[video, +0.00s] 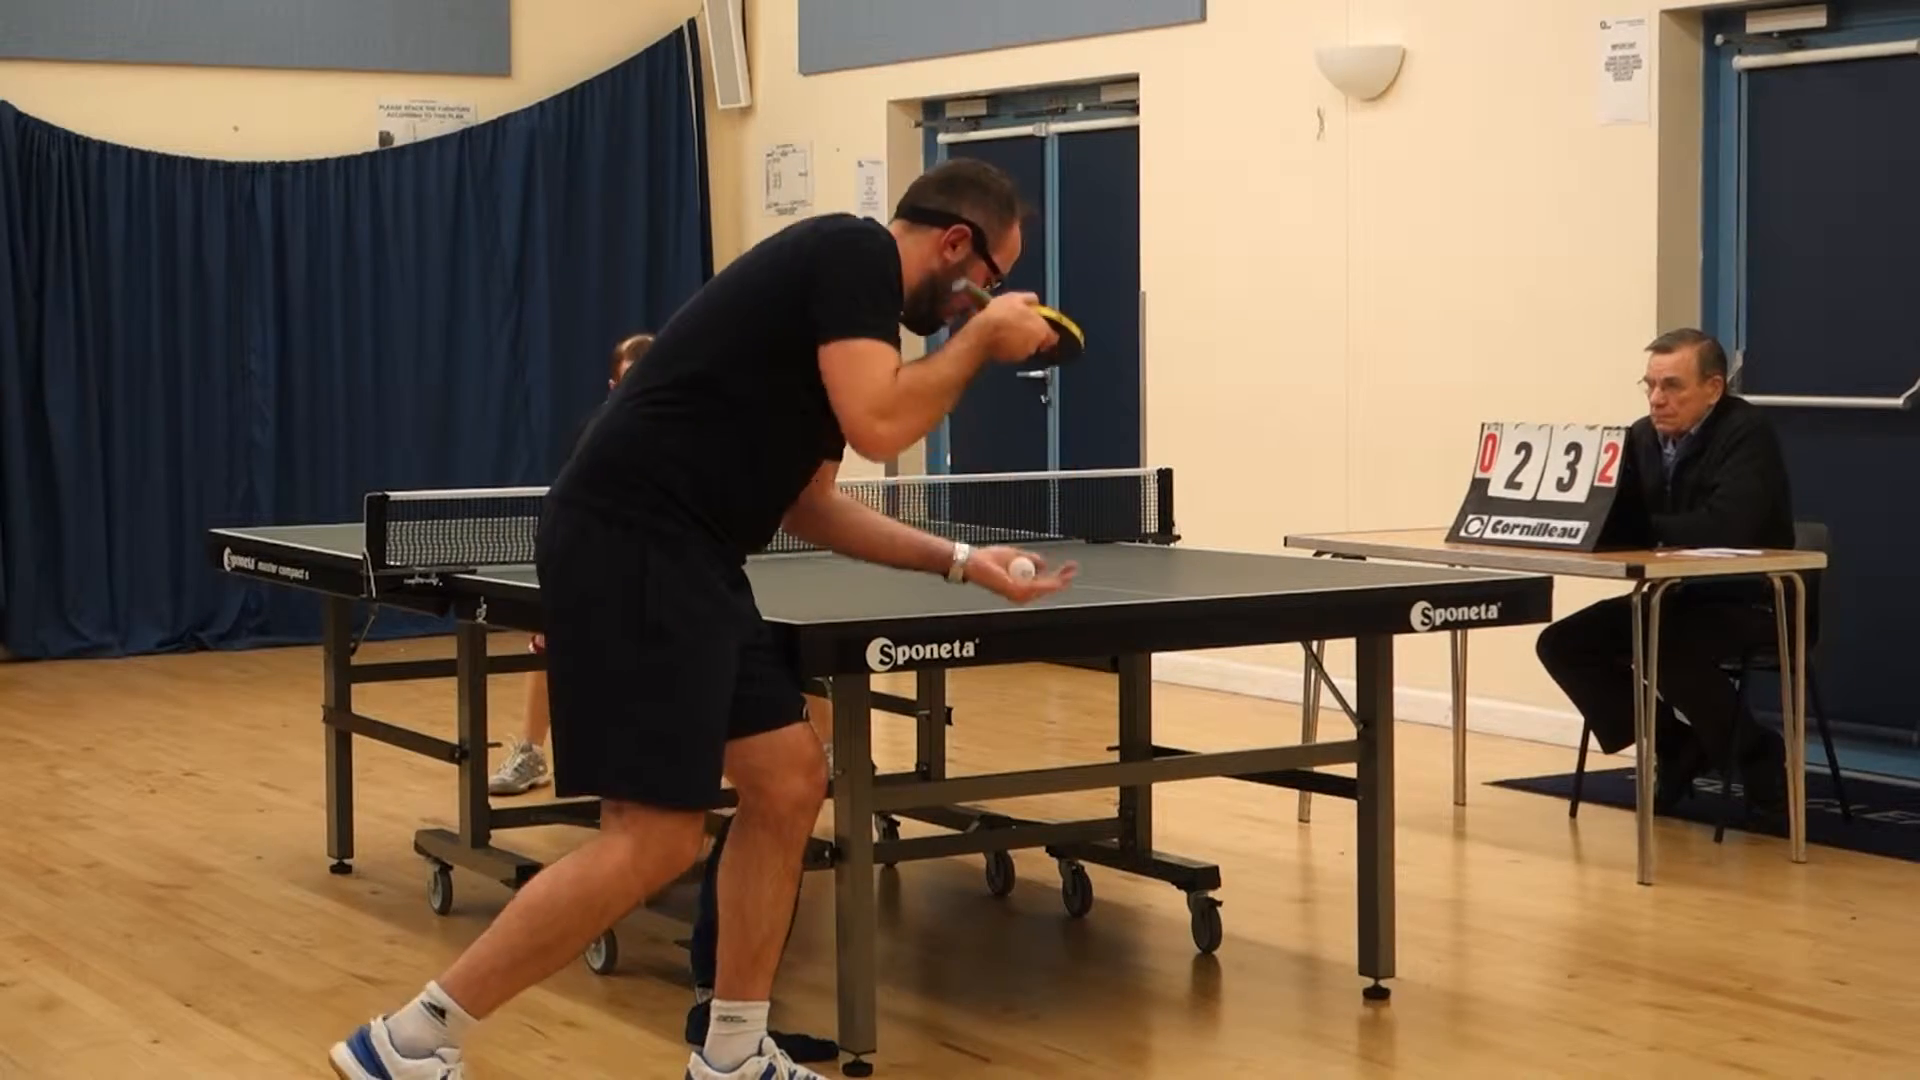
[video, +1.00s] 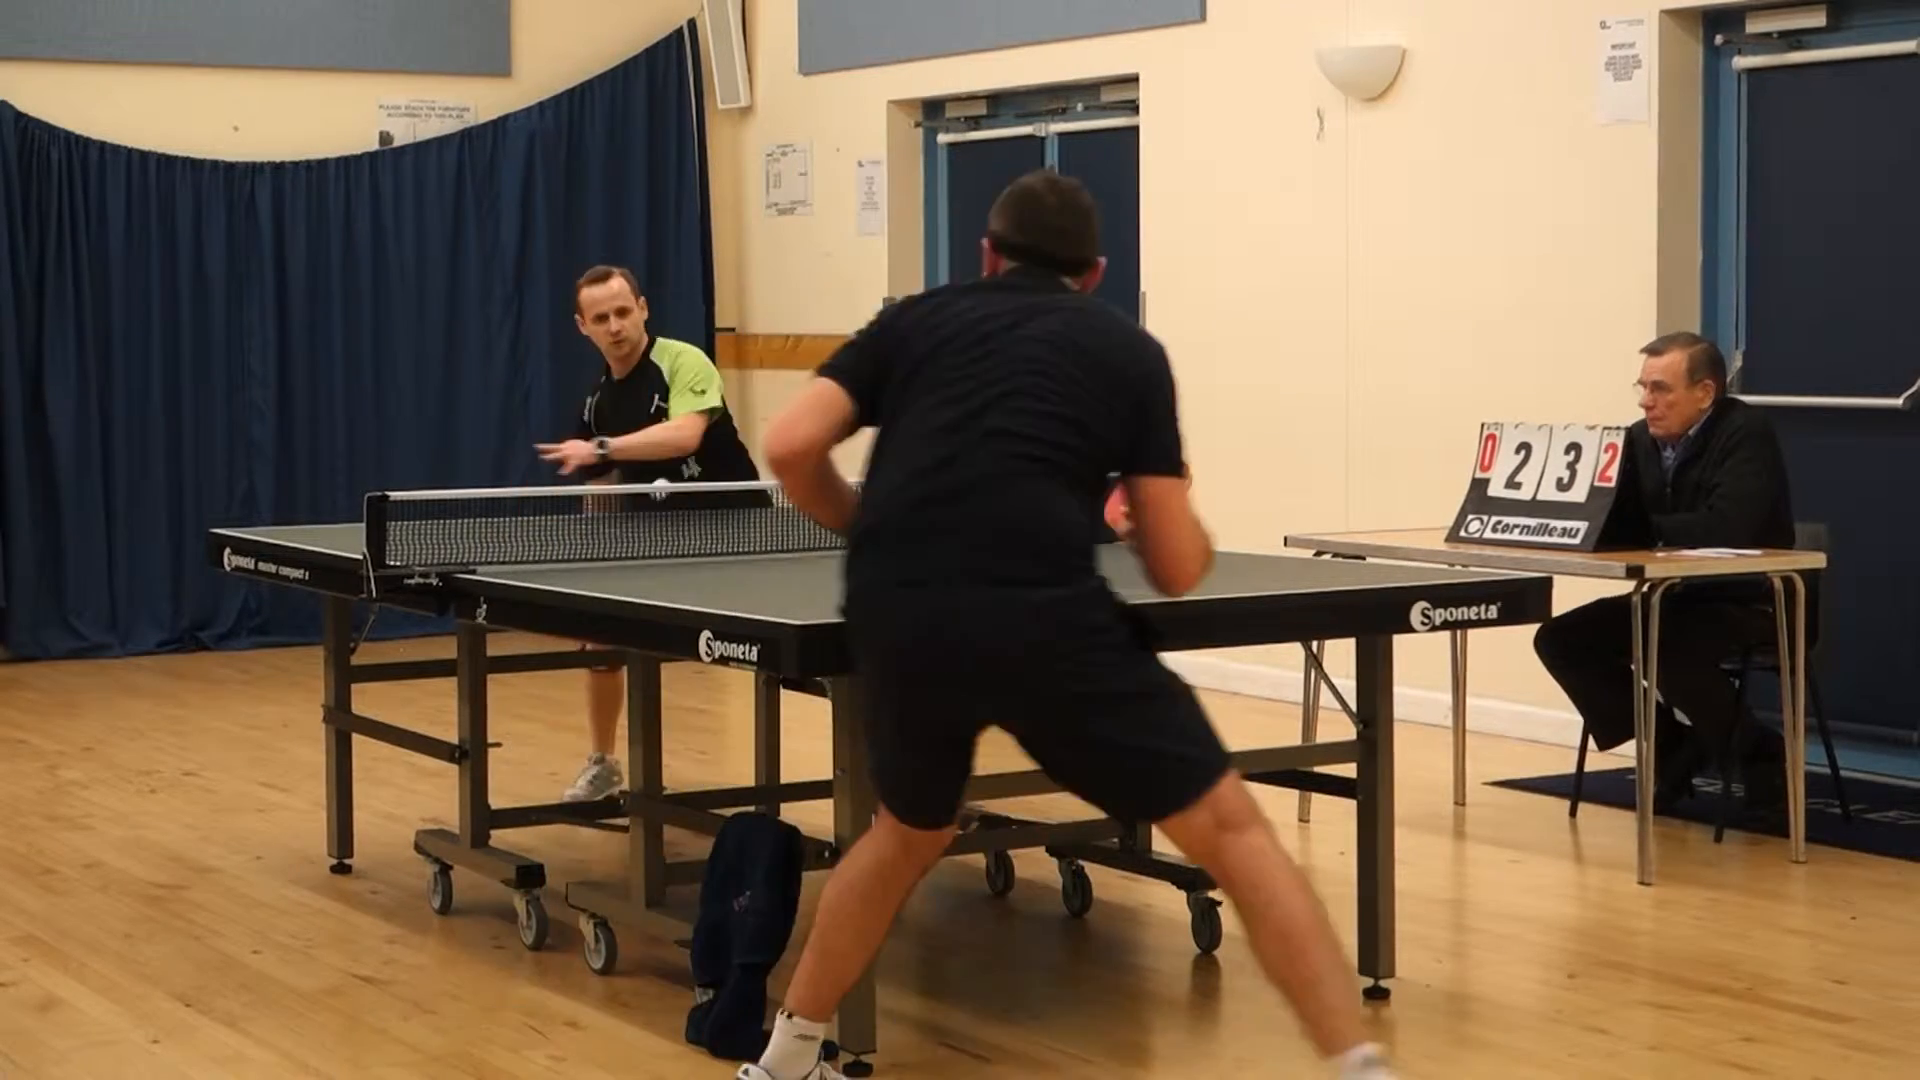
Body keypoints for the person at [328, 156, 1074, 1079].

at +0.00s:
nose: (982, 296)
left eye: (992, 281)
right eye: (988, 273)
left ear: (933, 230)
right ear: (955, 237)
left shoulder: (843, 322)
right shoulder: (852, 251)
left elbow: (810, 506)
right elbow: (880, 420)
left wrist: (964, 558)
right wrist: (982, 335)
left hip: (693, 549)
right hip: (626, 536)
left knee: (789, 779)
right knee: (656, 836)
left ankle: (733, 1048)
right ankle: (410, 1036)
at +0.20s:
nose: (914, 293)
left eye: (929, 283)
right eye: (924, 268)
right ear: (903, 206)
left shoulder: (820, 328)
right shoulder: (793, 212)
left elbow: (811, 494)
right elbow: (820, 298)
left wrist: (974, 525)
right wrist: (934, 217)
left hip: (687, 563)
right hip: (606, 551)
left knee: (788, 775)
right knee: (630, 848)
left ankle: (730, 1055)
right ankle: (395, 1064)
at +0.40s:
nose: (925, 295)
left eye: (934, 288)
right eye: (936, 277)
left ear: (894, 247)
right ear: (916, 239)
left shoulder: (806, 299)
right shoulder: (792, 235)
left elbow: (765, 480)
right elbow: (812, 173)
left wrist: (925, 501)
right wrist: (951, 220)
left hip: (650, 543)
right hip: (587, 533)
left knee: (753, 768)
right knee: (595, 838)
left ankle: (736, 1051)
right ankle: (383, 1066)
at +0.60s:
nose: (926, 477)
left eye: (942, 467)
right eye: (944, 456)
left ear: (914, 419)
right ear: (933, 412)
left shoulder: (786, 412)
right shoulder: (882, 347)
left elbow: (693, 561)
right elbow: (1057, 393)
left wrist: (804, 586)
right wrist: (1000, 400)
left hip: (604, 562)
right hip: (621, 565)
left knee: (774, 770)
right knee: (594, 877)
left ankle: (766, 1051)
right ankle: (382, 1065)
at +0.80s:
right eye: (984, 339)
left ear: (884, 307)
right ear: (976, 330)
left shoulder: (800, 330)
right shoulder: (986, 381)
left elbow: (636, 400)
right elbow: (1022, 580)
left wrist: (711, 497)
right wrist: (1085, 570)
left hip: (711, 567)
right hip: (831, 589)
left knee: (792, 814)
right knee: (886, 872)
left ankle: (765, 1055)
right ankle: (659, 1012)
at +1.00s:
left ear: (988, 256)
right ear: (1095, 273)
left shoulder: (917, 320)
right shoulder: (1128, 354)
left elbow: (787, 443)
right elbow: (1178, 569)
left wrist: (863, 522)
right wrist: (1157, 519)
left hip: (899, 615)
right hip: (1044, 617)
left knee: (906, 827)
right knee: (1228, 831)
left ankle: (783, 1057)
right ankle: (1360, 1065)